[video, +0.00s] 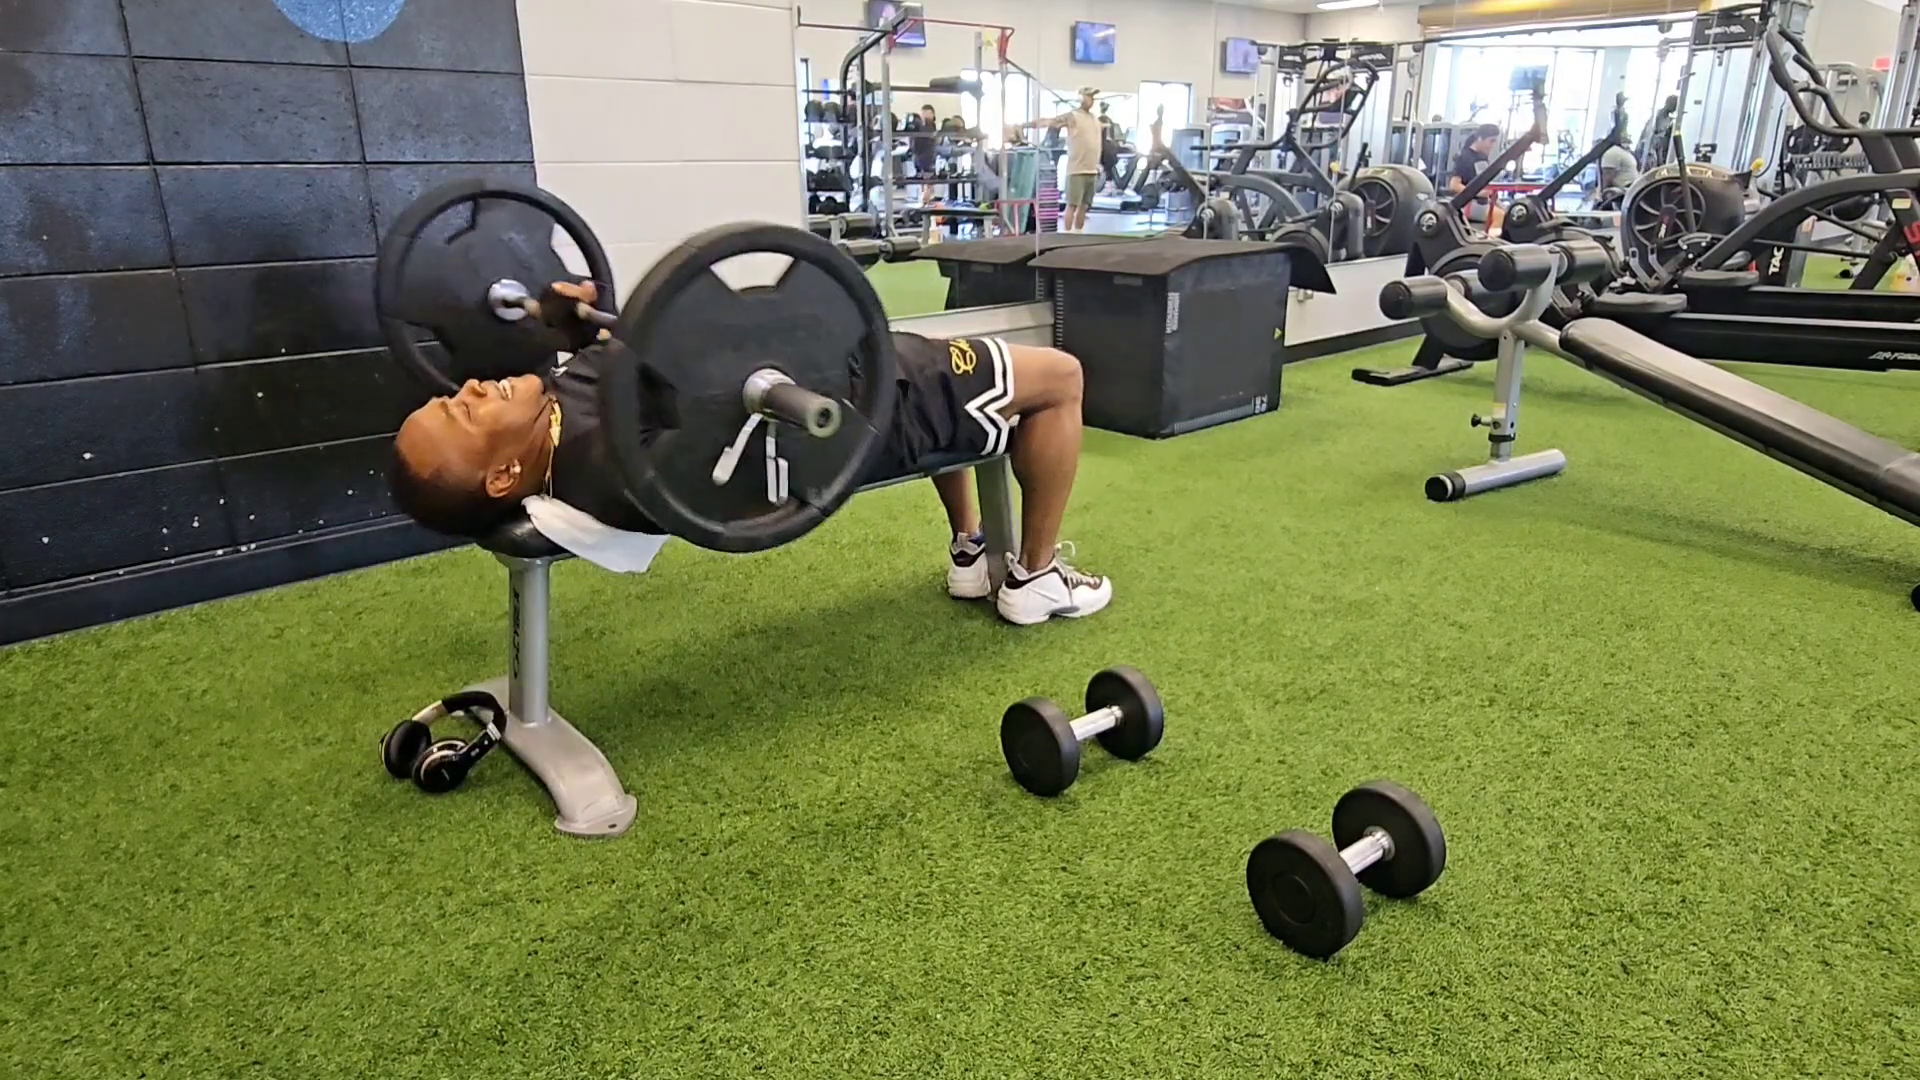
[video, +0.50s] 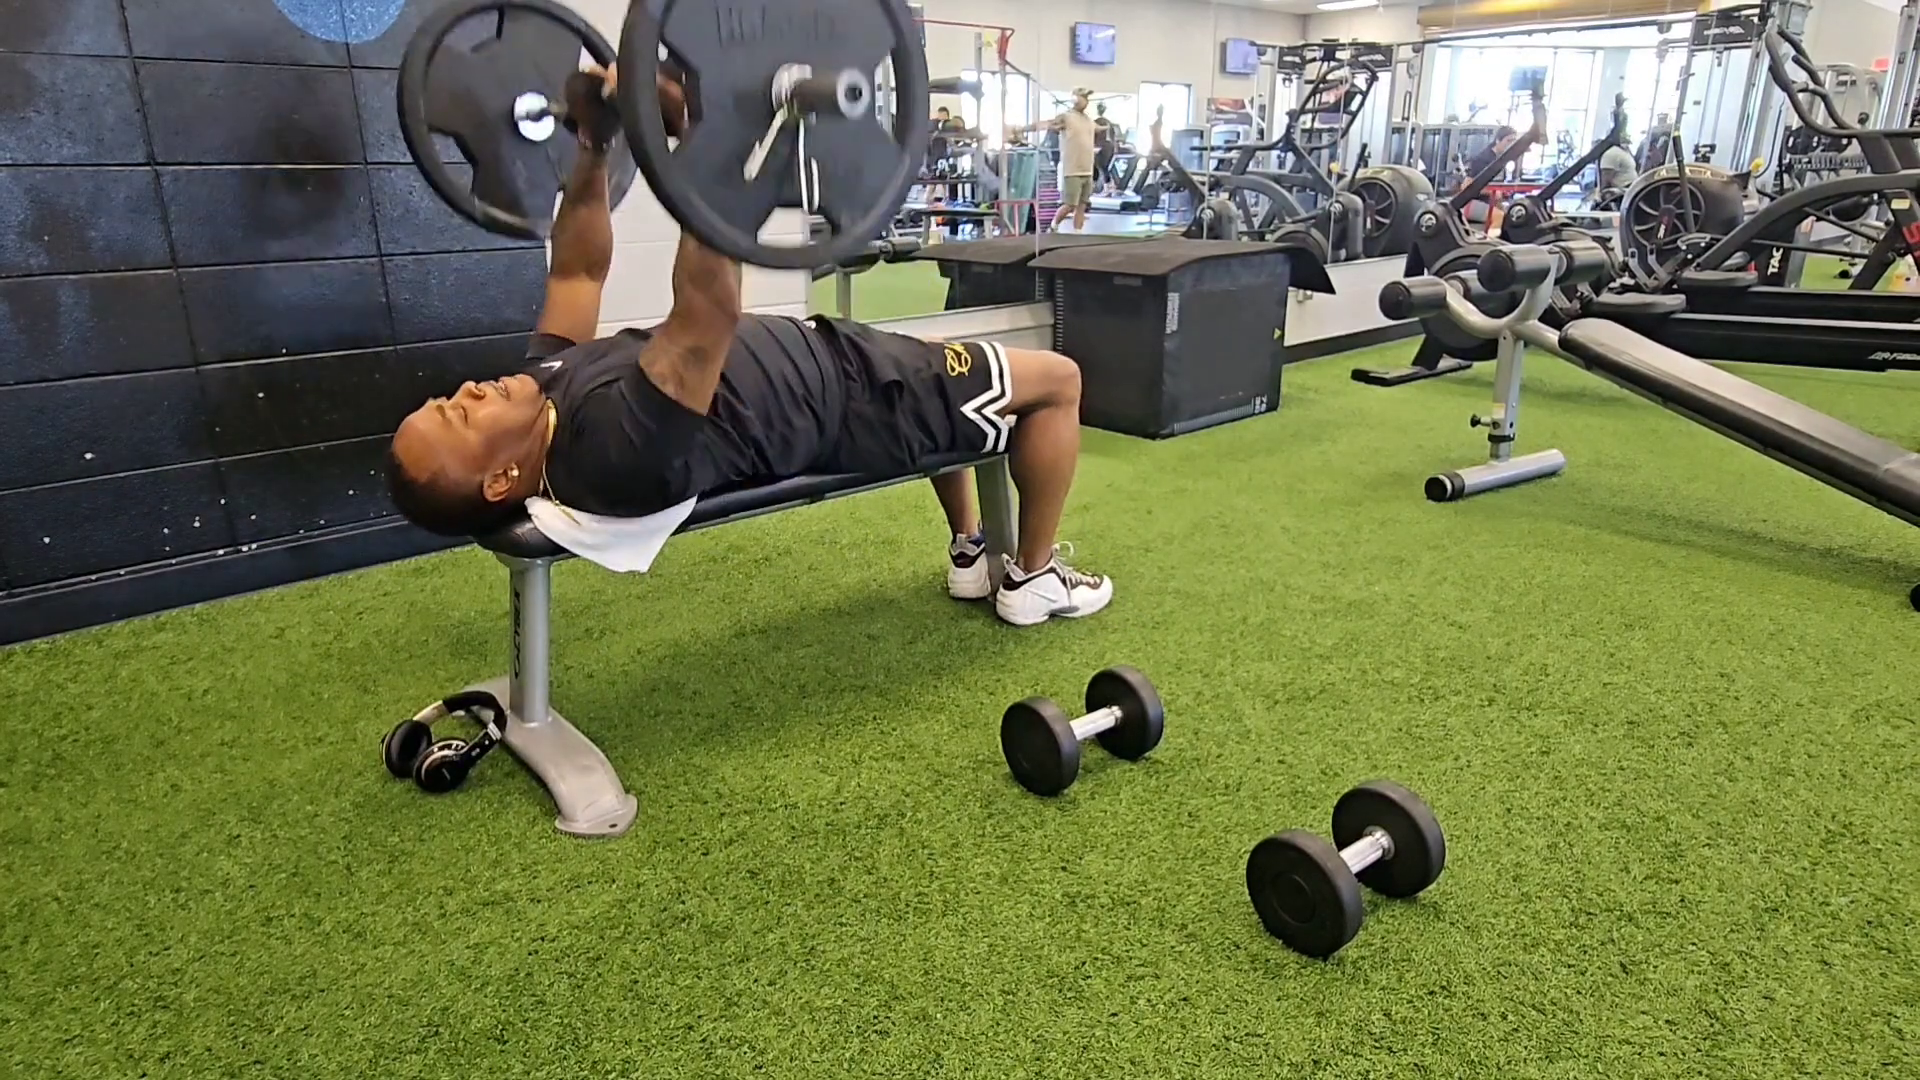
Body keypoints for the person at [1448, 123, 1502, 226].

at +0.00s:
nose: (1492, 146)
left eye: (1494, 142)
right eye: (1491, 141)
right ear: (1480, 138)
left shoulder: (1483, 156)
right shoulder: (1465, 156)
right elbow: (1454, 185)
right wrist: (1478, 193)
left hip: (1486, 201)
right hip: (1469, 203)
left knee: (1505, 213)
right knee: (1499, 216)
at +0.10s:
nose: (1492, 144)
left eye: (1494, 140)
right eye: (1490, 140)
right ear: (1479, 138)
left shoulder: (1485, 157)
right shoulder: (1464, 156)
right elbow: (1454, 185)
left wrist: (1491, 191)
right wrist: (1478, 192)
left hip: (1486, 200)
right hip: (1469, 203)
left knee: (1506, 214)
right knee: (1499, 216)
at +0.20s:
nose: (1492, 144)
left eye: (1494, 140)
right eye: (1490, 139)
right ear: (1479, 138)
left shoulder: (1486, 157)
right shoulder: (1465, 156)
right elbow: (1455, 185)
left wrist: (1493, 191)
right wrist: (1480, 193)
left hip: (1487, 201)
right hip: (1469, 202)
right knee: (1499, 217)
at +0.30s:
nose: (1498, 142)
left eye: (1500, 138)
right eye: (1495, 138)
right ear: (1484, 138)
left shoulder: (1493, 158)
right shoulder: (1471, 156)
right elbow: (1458, 183)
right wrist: (1482, 191)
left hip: (1492, 201)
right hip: (1470, 201)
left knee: (1510, 211)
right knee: (1498, 215)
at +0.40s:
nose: (1504, 143)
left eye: (1505, 139)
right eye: (1502, 138)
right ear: (1490, 138)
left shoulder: (1497, 159)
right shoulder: (1478, 157)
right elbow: (1463, 185)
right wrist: (1486, 194)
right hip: (1469, 201)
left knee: (1510, 211)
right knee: (1498, 216)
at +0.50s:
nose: (1512, 144)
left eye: (1513, 141)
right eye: (1509, 140)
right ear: (1498, 140)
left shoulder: (1502, 159)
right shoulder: (1483, 158)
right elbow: (1467, 186)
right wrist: (1492, 192)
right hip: (1473, 202)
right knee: (1499, 217)